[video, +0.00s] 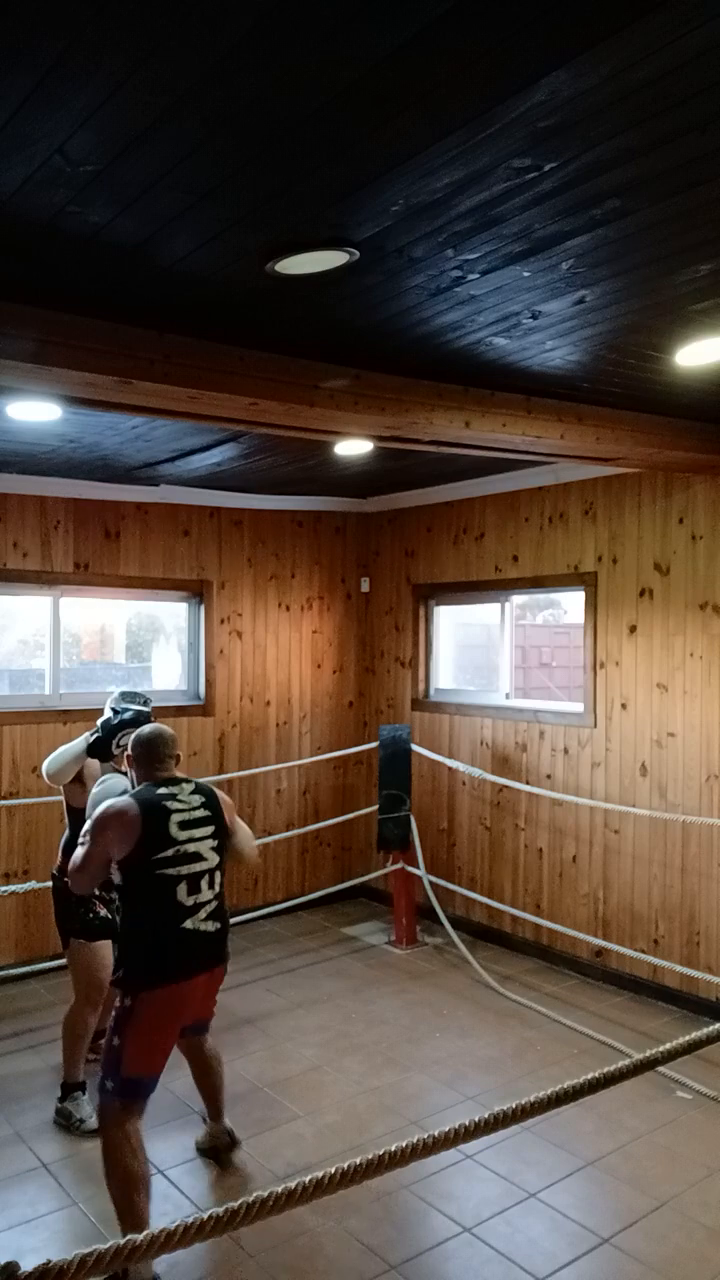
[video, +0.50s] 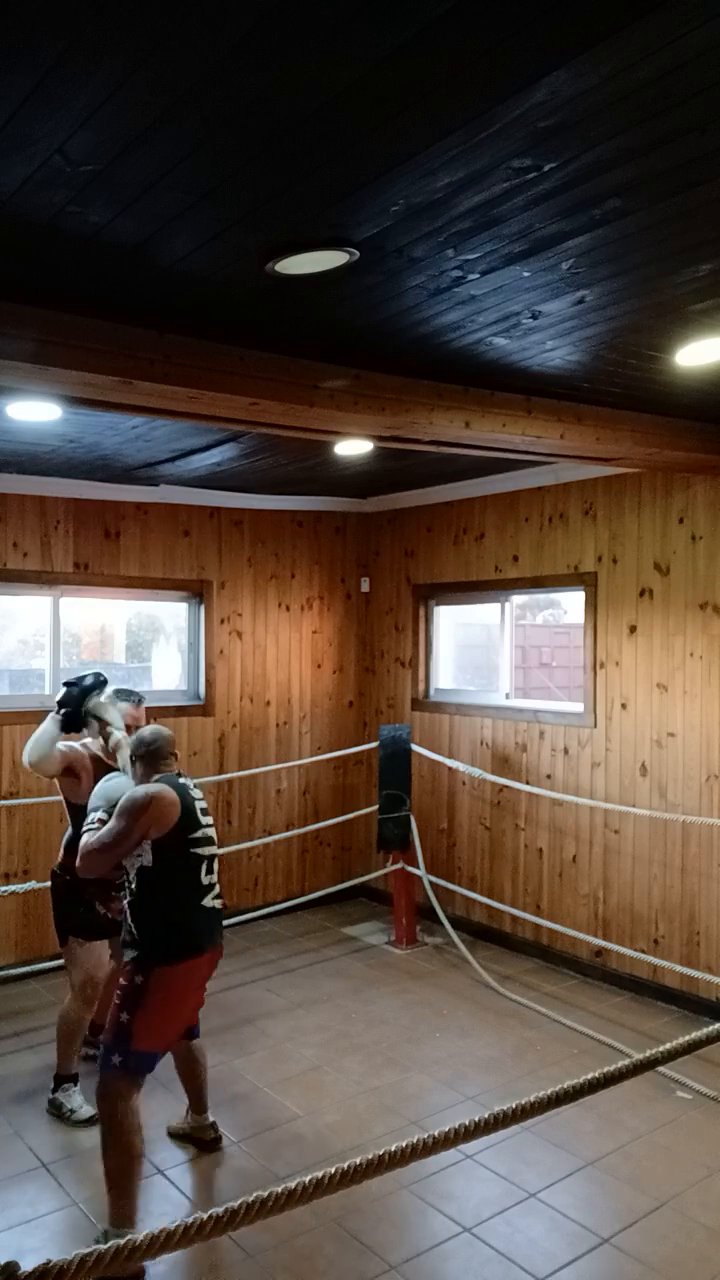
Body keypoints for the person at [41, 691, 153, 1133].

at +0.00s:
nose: (133, 733)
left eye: (138, 725)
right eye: (126, 724)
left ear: (143, 731)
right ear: (109, 727)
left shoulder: (146, 769)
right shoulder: (86, 763)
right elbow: (51, 773)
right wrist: (95, 733)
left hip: (127, 882)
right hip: (82, 882)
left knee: (115, 981)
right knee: (94, 991)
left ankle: (96, 1049)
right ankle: (72, 1093)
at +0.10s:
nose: (130, 740)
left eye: (134, 731)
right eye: (125, 732)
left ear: (136, 733)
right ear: (107, 729)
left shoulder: (137, 766)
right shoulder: (84, 759)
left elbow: (162, 754)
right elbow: (57, 772)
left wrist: (137, 723)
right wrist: (83, 721)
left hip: (129, 879)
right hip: (83, 881)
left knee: (121, 989)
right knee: (94, 993)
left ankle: (107, 1082)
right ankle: (71, 1094)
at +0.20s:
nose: (128, 724)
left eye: (134, 717)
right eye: (122, 715)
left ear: (139, 720)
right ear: (104, 717)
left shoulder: (139, 761)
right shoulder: (79, 756)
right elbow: (38, 763)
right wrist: (81, 728)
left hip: (125, 875)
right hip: (84, 878)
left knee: (119, 971)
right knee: (91, 991)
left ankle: (99, 1037)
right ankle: (70, 1096)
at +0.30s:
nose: (132, 731)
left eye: (137, 722)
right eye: (126, 722)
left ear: (140, 721)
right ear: (106, 720)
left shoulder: (140, 763)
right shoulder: (83, 759)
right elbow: (40, 774)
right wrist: (84, 741)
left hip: (127, 877)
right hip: (83, 880)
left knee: (121, 968)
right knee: (87, 992)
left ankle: (98, 1037)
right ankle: (69, 1094)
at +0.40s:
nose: (132, 729)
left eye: (137, 721)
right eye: (126, 719)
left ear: (140, 725)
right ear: (107, 720)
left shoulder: (139, 765)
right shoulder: (84, 759)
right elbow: (47, 772)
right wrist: (89, 736)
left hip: (123, 878)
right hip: (79, 877)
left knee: (121, 968)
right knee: (92, 987)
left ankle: (97, 1036)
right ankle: (65, 1085)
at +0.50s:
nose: (136, 728)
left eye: (138, 723)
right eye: (130, 719)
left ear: (134, 724)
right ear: (104, 715)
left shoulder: (133, 752)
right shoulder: (78, 750)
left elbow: (152, 780)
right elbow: (35, 760)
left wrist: (116, 730)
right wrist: (61, 711)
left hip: (124, 872)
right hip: (80, 876)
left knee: (117, 965)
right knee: (87, 984)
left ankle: (94, 1037)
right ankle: (64, 1085)